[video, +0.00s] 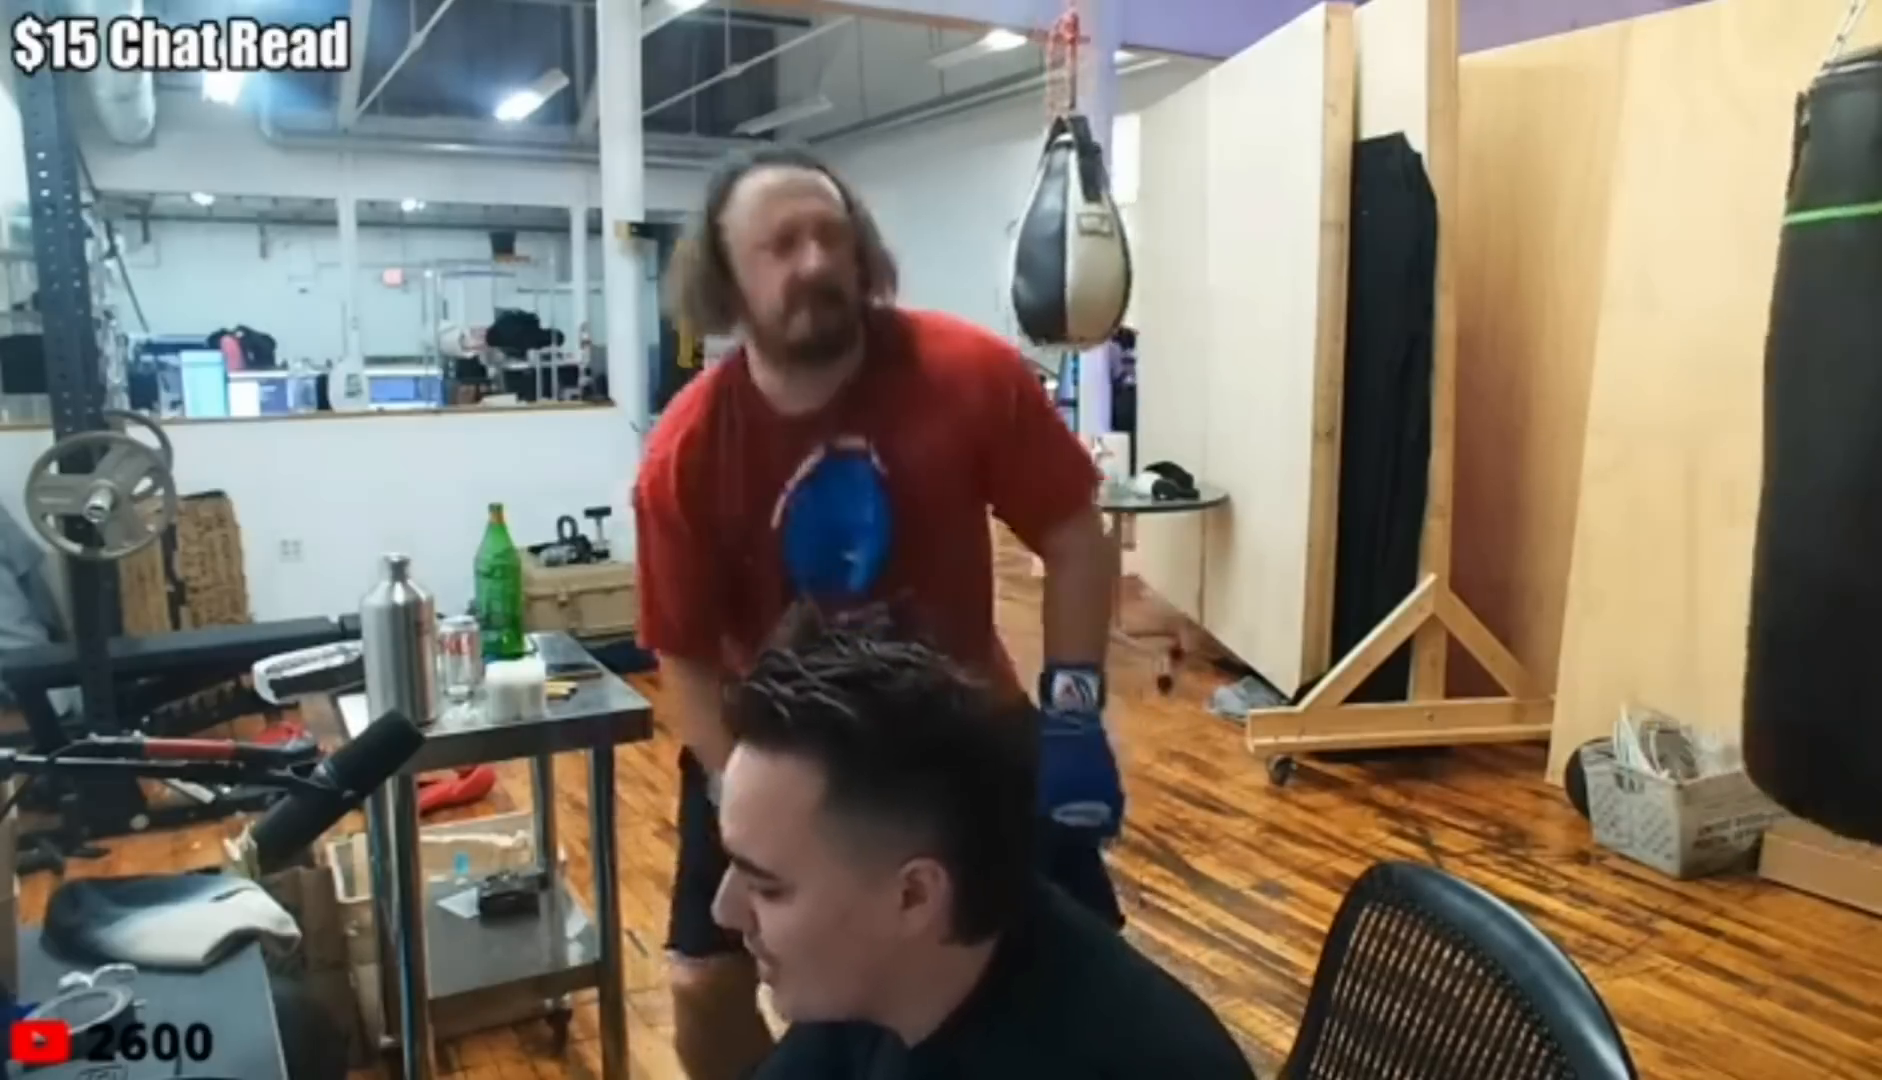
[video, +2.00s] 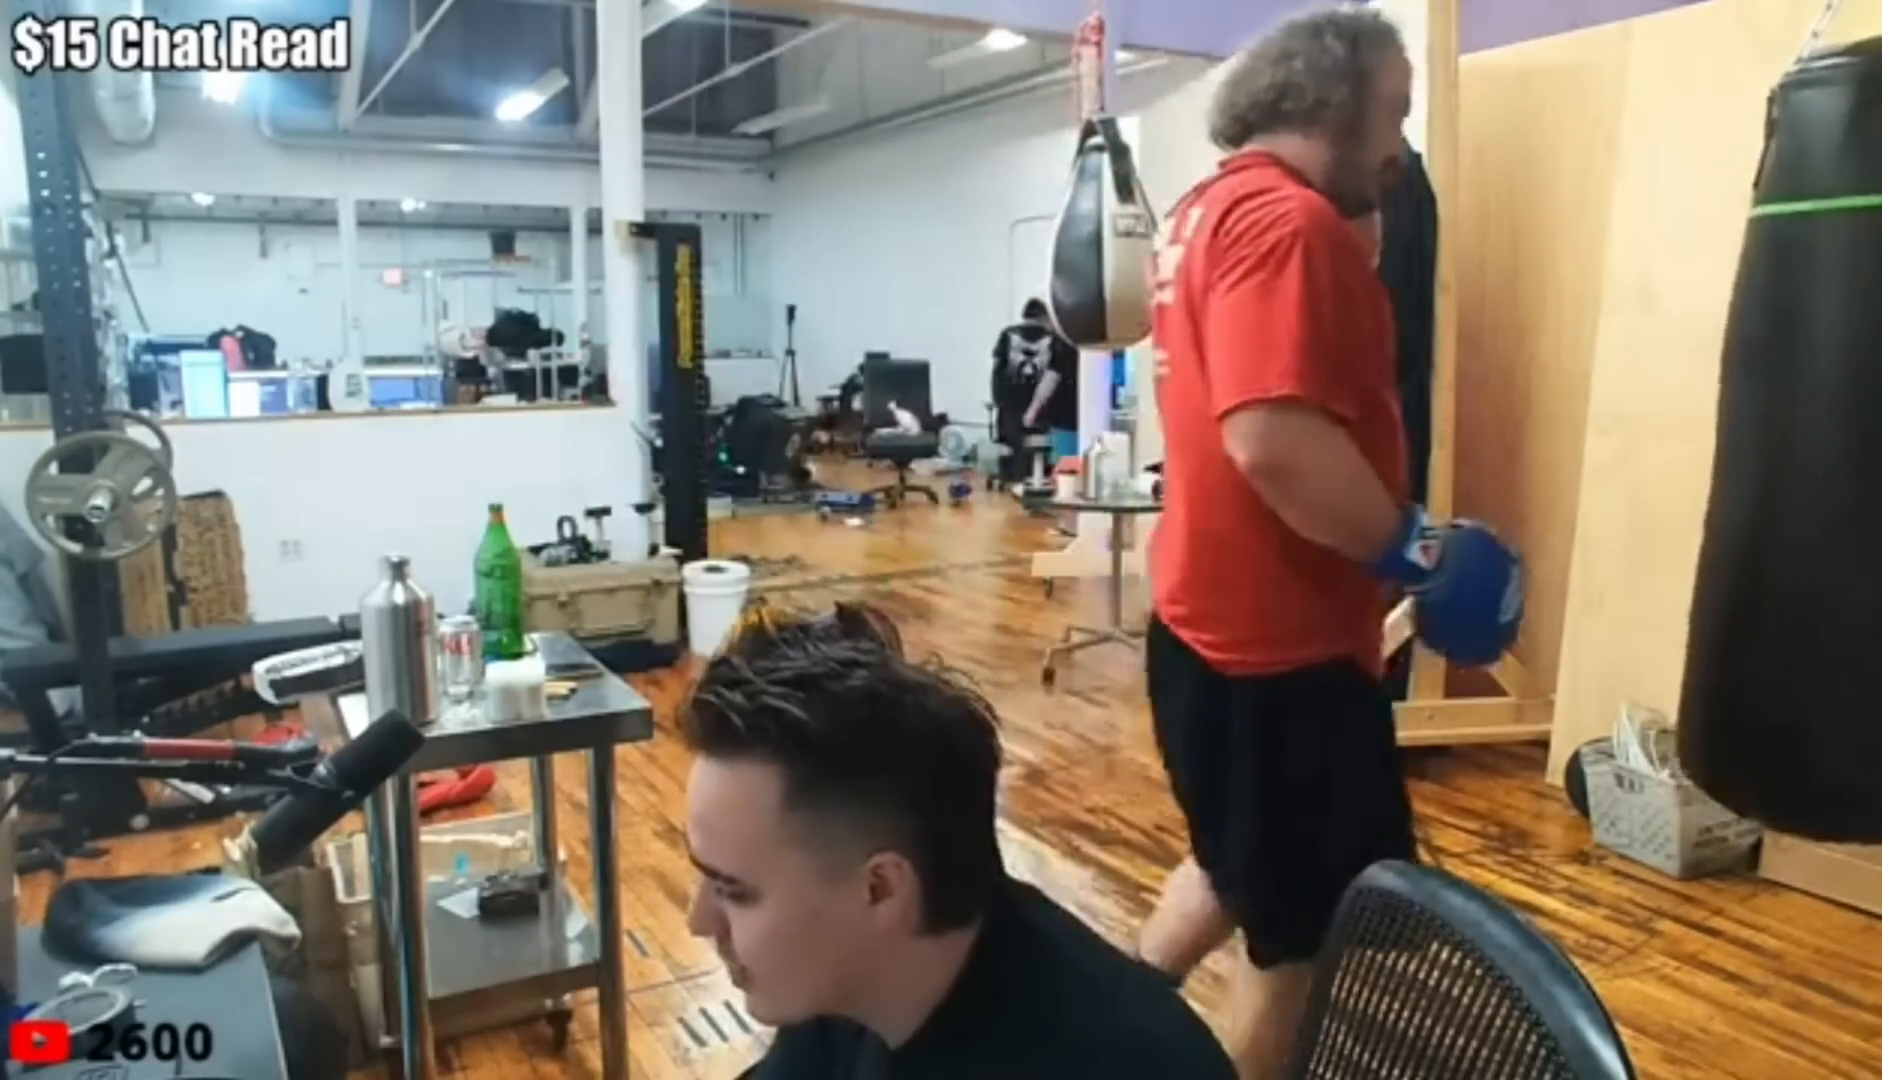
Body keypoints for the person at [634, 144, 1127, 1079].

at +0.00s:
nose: (812, 263)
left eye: (828, 237)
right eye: (779, 247)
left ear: (863, 257)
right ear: (729, 285)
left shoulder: (969, 376)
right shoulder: (685, 456)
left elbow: (1075, 533)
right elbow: (689, 668)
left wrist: (1072, 721)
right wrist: (761, 811)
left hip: (959, 731)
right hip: (770, 750)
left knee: (1029, 958)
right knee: (703, 985)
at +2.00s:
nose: (1407, 141)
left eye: (1408, 115)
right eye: (1395, 112)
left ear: (1298, 111)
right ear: (1324, 106)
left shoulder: (1218, 207)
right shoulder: (1284, 221)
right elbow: (1272, 440)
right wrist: (1421, 555)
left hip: (1212, 632)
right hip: (1284, 652)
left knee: (1229, 863)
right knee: (1301, 945)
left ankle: (1119, 1016)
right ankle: (1248, 1074)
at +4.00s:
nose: (1261, 176)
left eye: (1278, 153)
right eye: (1236, 156)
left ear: (1299, 154)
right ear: (1185, 162)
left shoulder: (1350, 255)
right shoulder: (1127, 282)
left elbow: (1422, 385)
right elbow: (1050, 431)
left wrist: (1538, 434)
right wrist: (1115, 512)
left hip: (1339, 620)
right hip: (1190, 630)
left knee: (1375, 842)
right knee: (1167, 863)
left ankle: (1377, 1044)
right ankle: (1139, 1054)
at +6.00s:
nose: (1257, 128)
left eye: (1280, 102)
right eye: (1233, 112)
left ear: (1331, 122)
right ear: (1208, 140)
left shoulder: (1394, 259)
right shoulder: (1167, 271)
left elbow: (1450, 414)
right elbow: (1060, 389)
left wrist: (1540, 543)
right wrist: (957, 422)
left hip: (1362, 645)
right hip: (1214, 650)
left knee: (1339, 877)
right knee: (1198, 890)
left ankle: (1321, 1057)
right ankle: (1113, 1056)